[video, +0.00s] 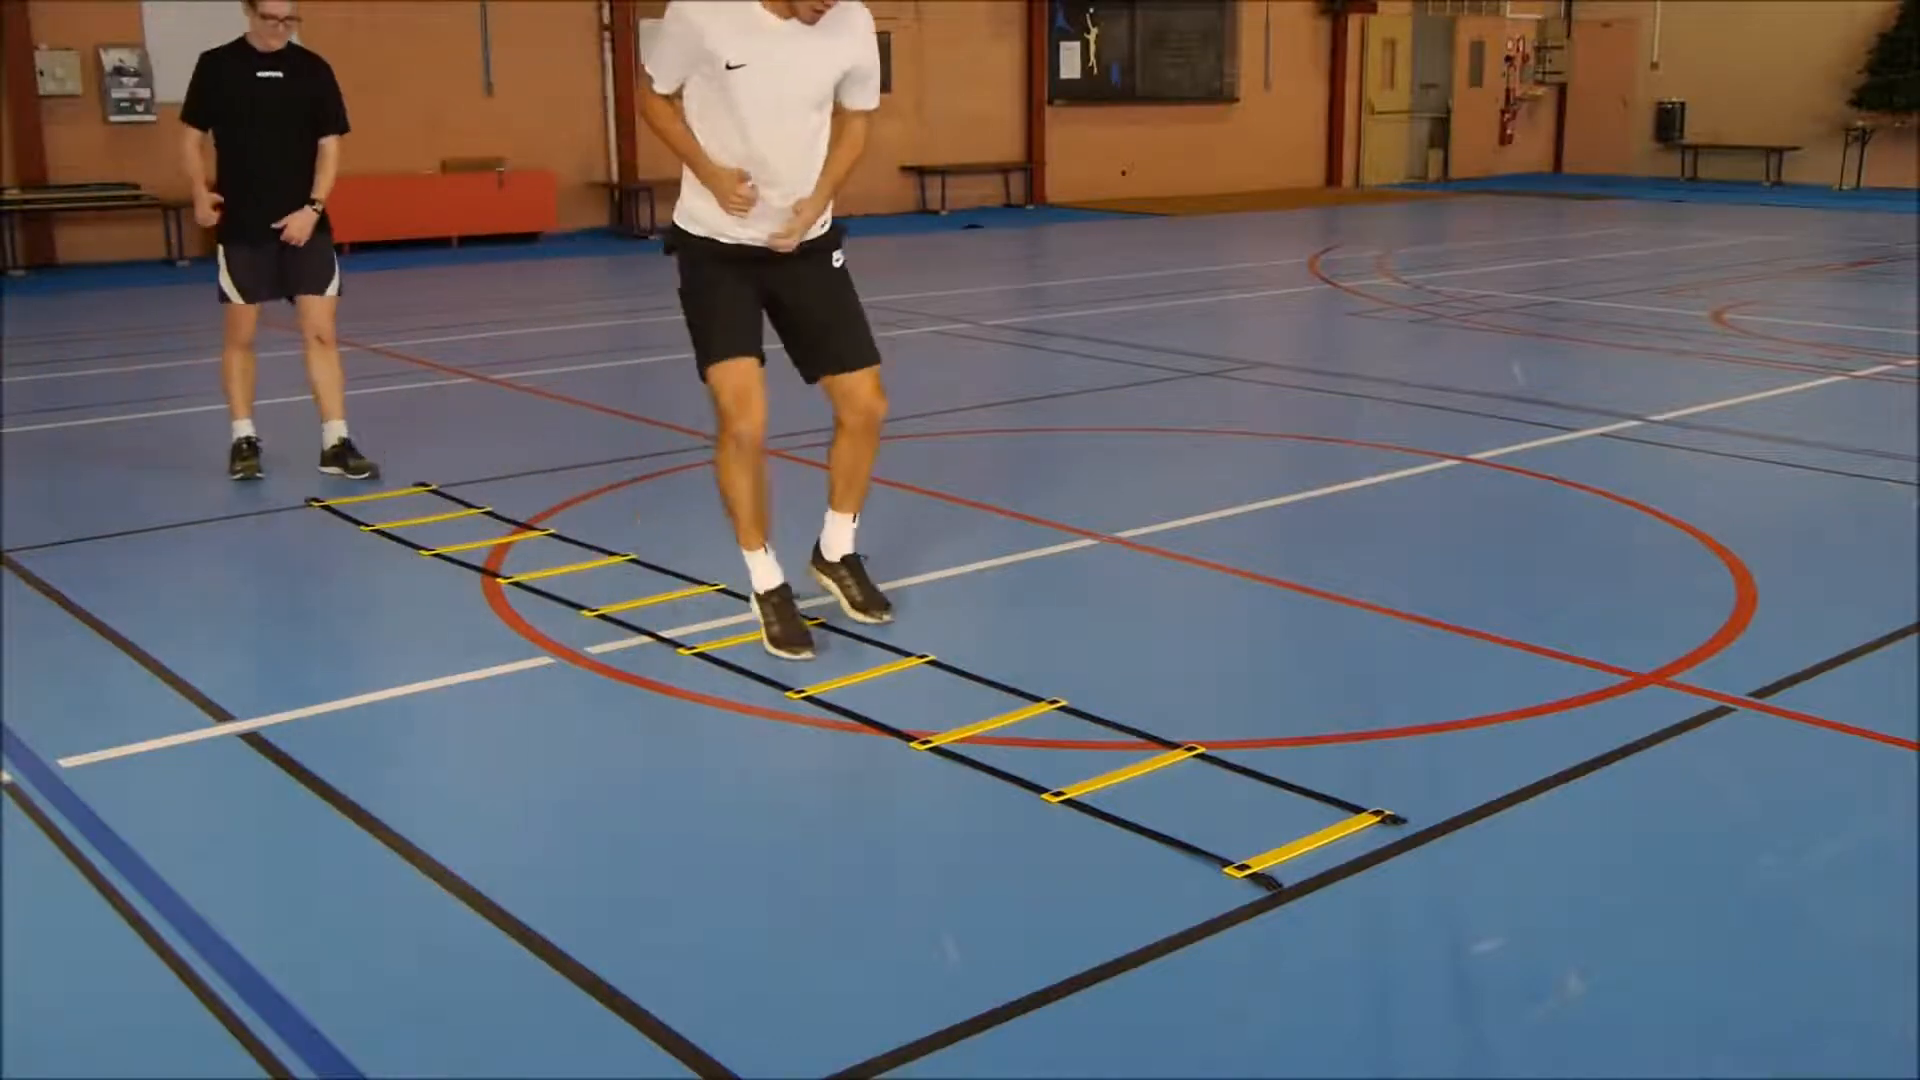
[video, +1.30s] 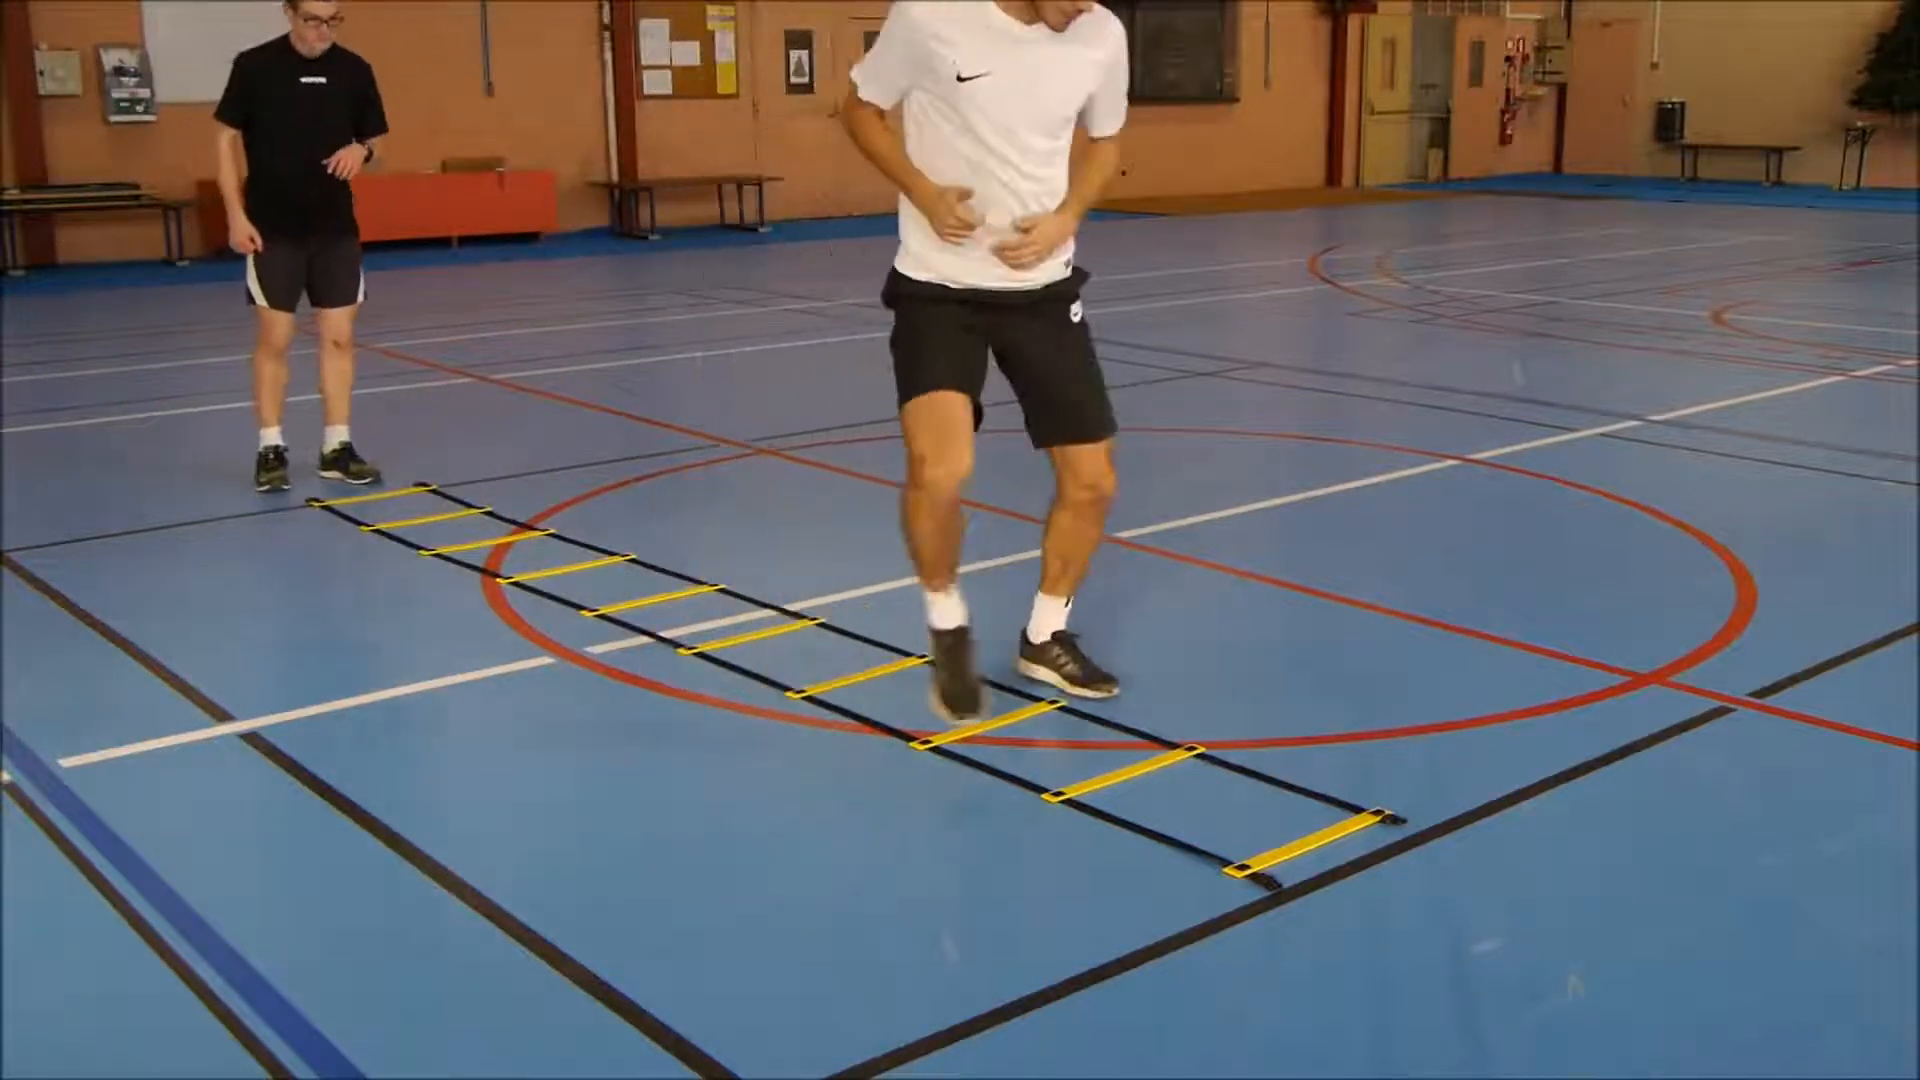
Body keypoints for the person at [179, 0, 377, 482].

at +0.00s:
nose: (280, 29)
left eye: (289, 20)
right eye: (270, 19)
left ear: (298, 16)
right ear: (249, 13)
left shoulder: (315, 69)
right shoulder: (215, 66)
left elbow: (330, 148)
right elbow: (192, 136)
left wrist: (314, 209)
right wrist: (199, 189)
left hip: (304, 221)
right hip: (242, 225)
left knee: (322, 334)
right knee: (240, 336)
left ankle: (336, 442)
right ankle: (244, 439)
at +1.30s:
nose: (321, 31)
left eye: (330, 21)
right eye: (311, 20)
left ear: (339, 18)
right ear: (289, 14)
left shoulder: (355, 70)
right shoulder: (253, 66)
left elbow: (373, 136)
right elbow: (227, 138)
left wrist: (361, 148)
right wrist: (235, 214)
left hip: (335, 226)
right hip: (273, 228)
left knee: (339, 337)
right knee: (275, 339)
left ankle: (337, 447)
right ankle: (271, 448)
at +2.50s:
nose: (368, 77)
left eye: (376, 68)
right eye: (360, 68)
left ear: (385, 55)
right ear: (336, 48)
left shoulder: (387, 83)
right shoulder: (286, 81)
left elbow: (390, 140)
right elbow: (242, 141)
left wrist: (381, 148)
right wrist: (292, 197)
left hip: (357, 222)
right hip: (301, 225)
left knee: (364, 340)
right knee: (337, 326)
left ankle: (335, 432)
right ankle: (346, 442)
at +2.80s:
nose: (388, 78)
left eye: (396, 70)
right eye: (379, 69)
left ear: (406, 54)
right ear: (354, 47)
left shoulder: (409, 84)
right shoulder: (308, 89)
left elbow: (415, 134)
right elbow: (272, 165)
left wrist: (407, 151)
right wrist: (335, 214)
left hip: (387, 231)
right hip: (324, 236)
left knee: (400, 350)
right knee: (337, 342)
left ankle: (386, 462)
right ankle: (330, 452)